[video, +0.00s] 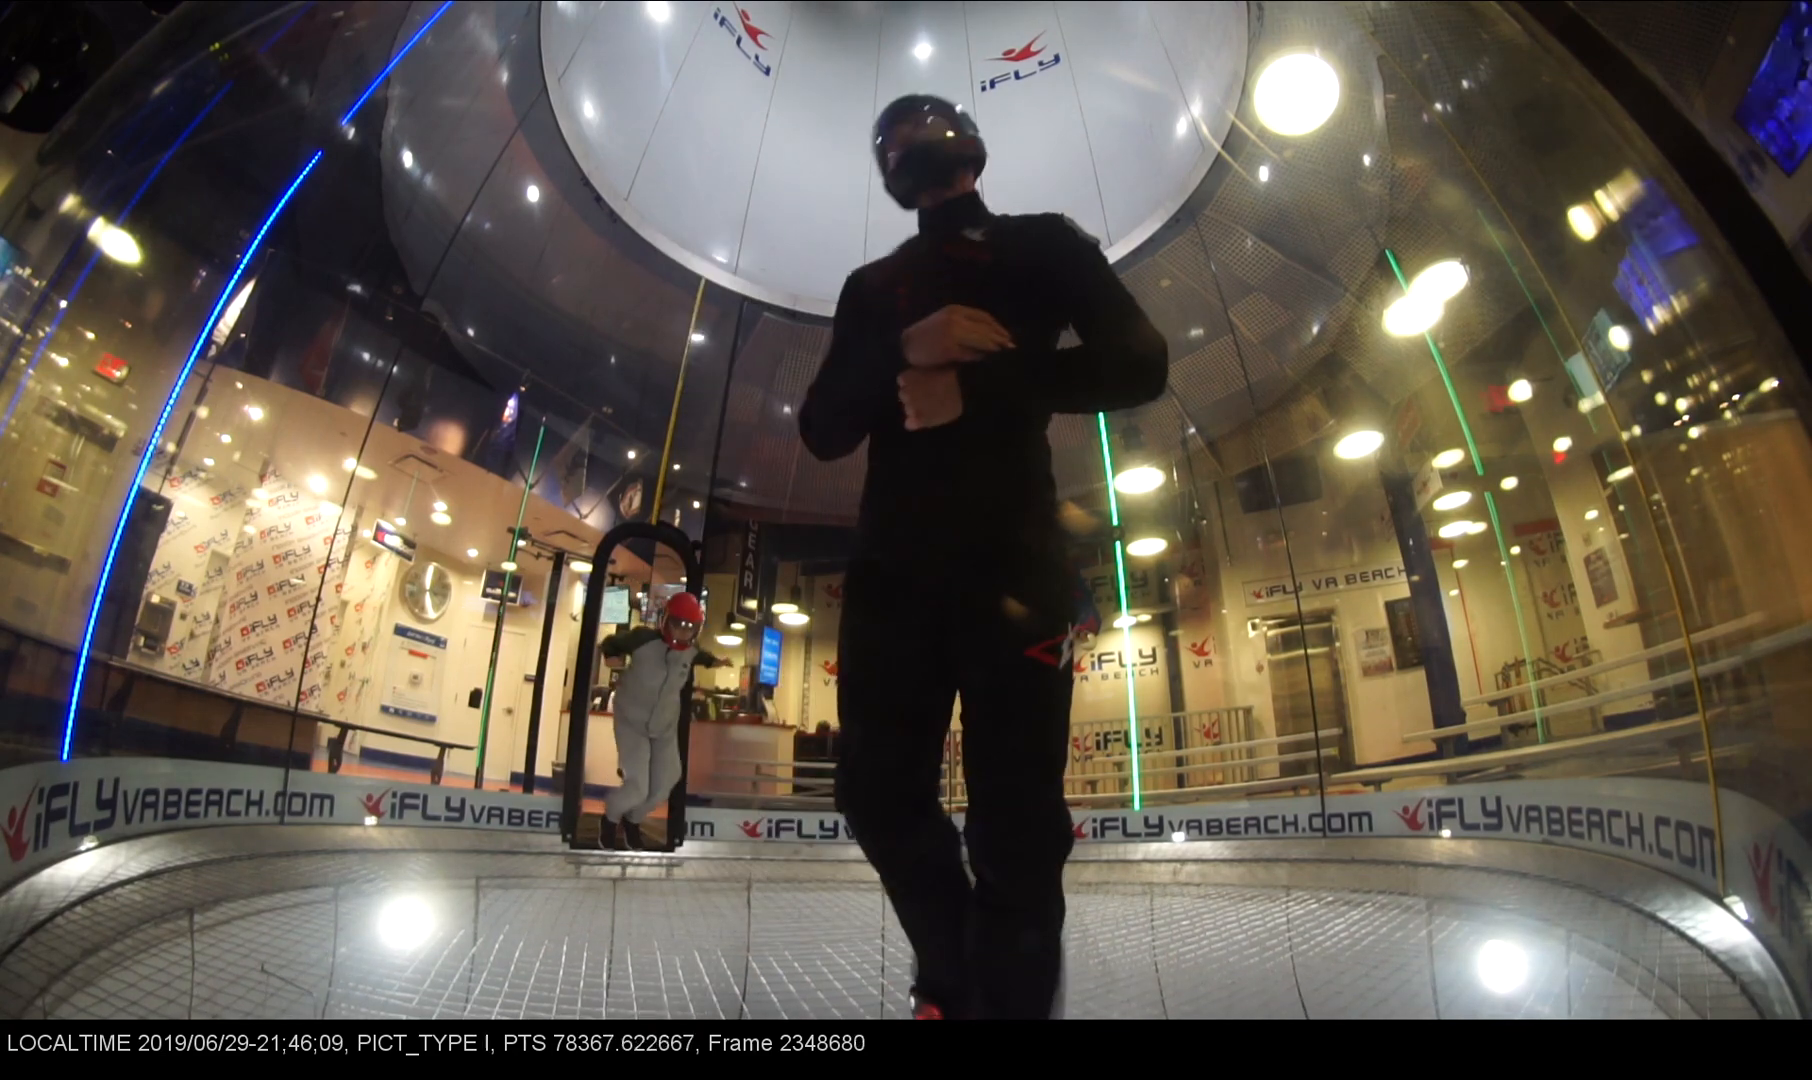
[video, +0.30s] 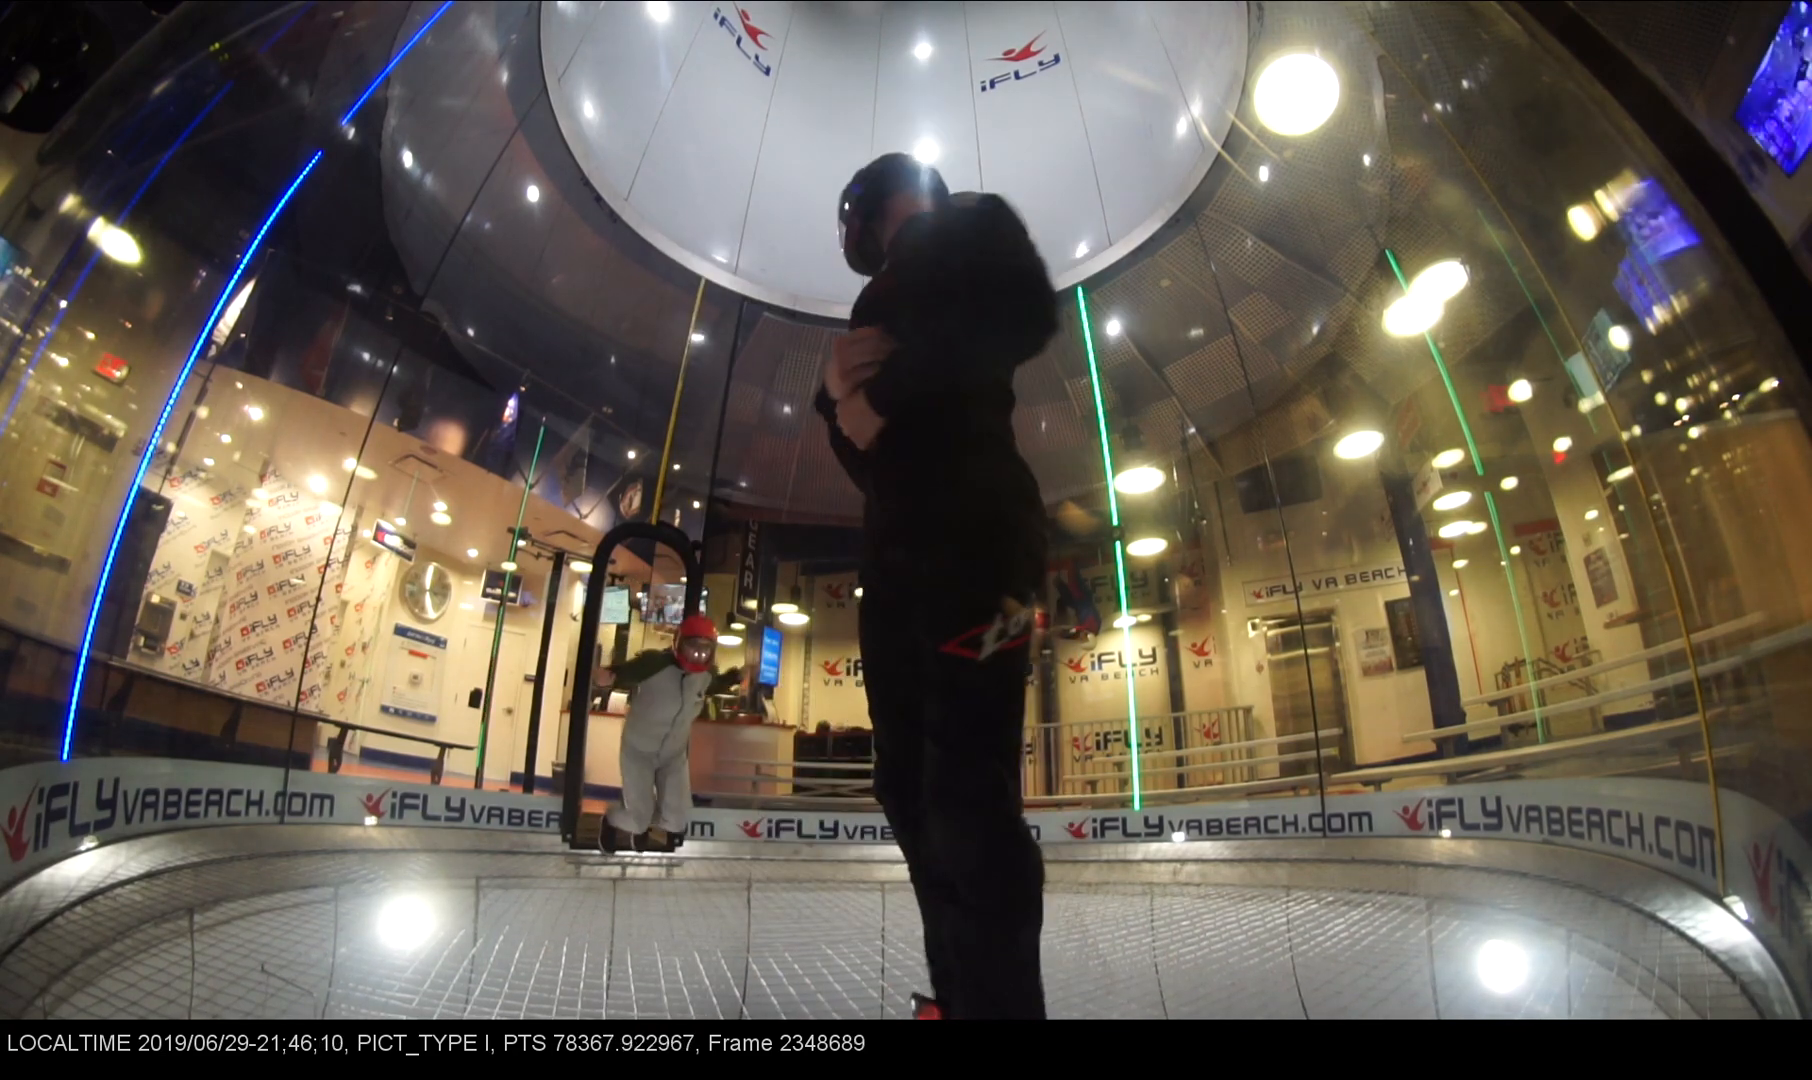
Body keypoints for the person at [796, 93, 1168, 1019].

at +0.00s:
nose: (915, 150)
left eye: (934, 131)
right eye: (896, 144)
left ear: (975, 156)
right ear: (885, 178)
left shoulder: (1044, 243)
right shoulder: (870, 291)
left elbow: (1141, 364)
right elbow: (823, 431)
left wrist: (980, 385)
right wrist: (898, 344)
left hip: (1015, 560)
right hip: (897, 569)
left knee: (1017, 811)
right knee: (880, 794)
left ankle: (1016, 1003)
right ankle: (957, 980)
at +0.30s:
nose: (845, 238)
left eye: (852, 220)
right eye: (842, 230)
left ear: (890, 201)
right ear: (872, 230)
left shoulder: (970, 219)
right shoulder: (875, 308)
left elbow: (1026, 316)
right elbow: (869, 460)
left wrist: (881, 390)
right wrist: (836, 401)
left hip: (974, 538)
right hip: (902, 551)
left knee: (968, 789)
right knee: (908, 785)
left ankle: (998, 1003)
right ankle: (957, 992)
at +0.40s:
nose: (848, 260)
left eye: (852, 241)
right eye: (843, 250)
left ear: (887, 214)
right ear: (893, 217)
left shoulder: (940, 233)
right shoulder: (882, 295)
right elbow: (857, 448)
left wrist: (838, 411)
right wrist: (822, 409)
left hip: (951, 542)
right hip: (906, 549)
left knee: (934, 783)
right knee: (909, 783)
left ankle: (982, 1002)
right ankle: (957, 992)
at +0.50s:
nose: (839, 268)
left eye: (839, 252)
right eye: (836, 258)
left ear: (858, 226)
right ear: (902, 212)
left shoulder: (904, 247)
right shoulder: (914, 268)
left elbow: (885, 381)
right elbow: (907, 420)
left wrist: (821, 410)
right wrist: (839, 440)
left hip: (929, 548)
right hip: (936, 544)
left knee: (889, 803)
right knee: (909, 801)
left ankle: (985, 1006)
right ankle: (954, 996)